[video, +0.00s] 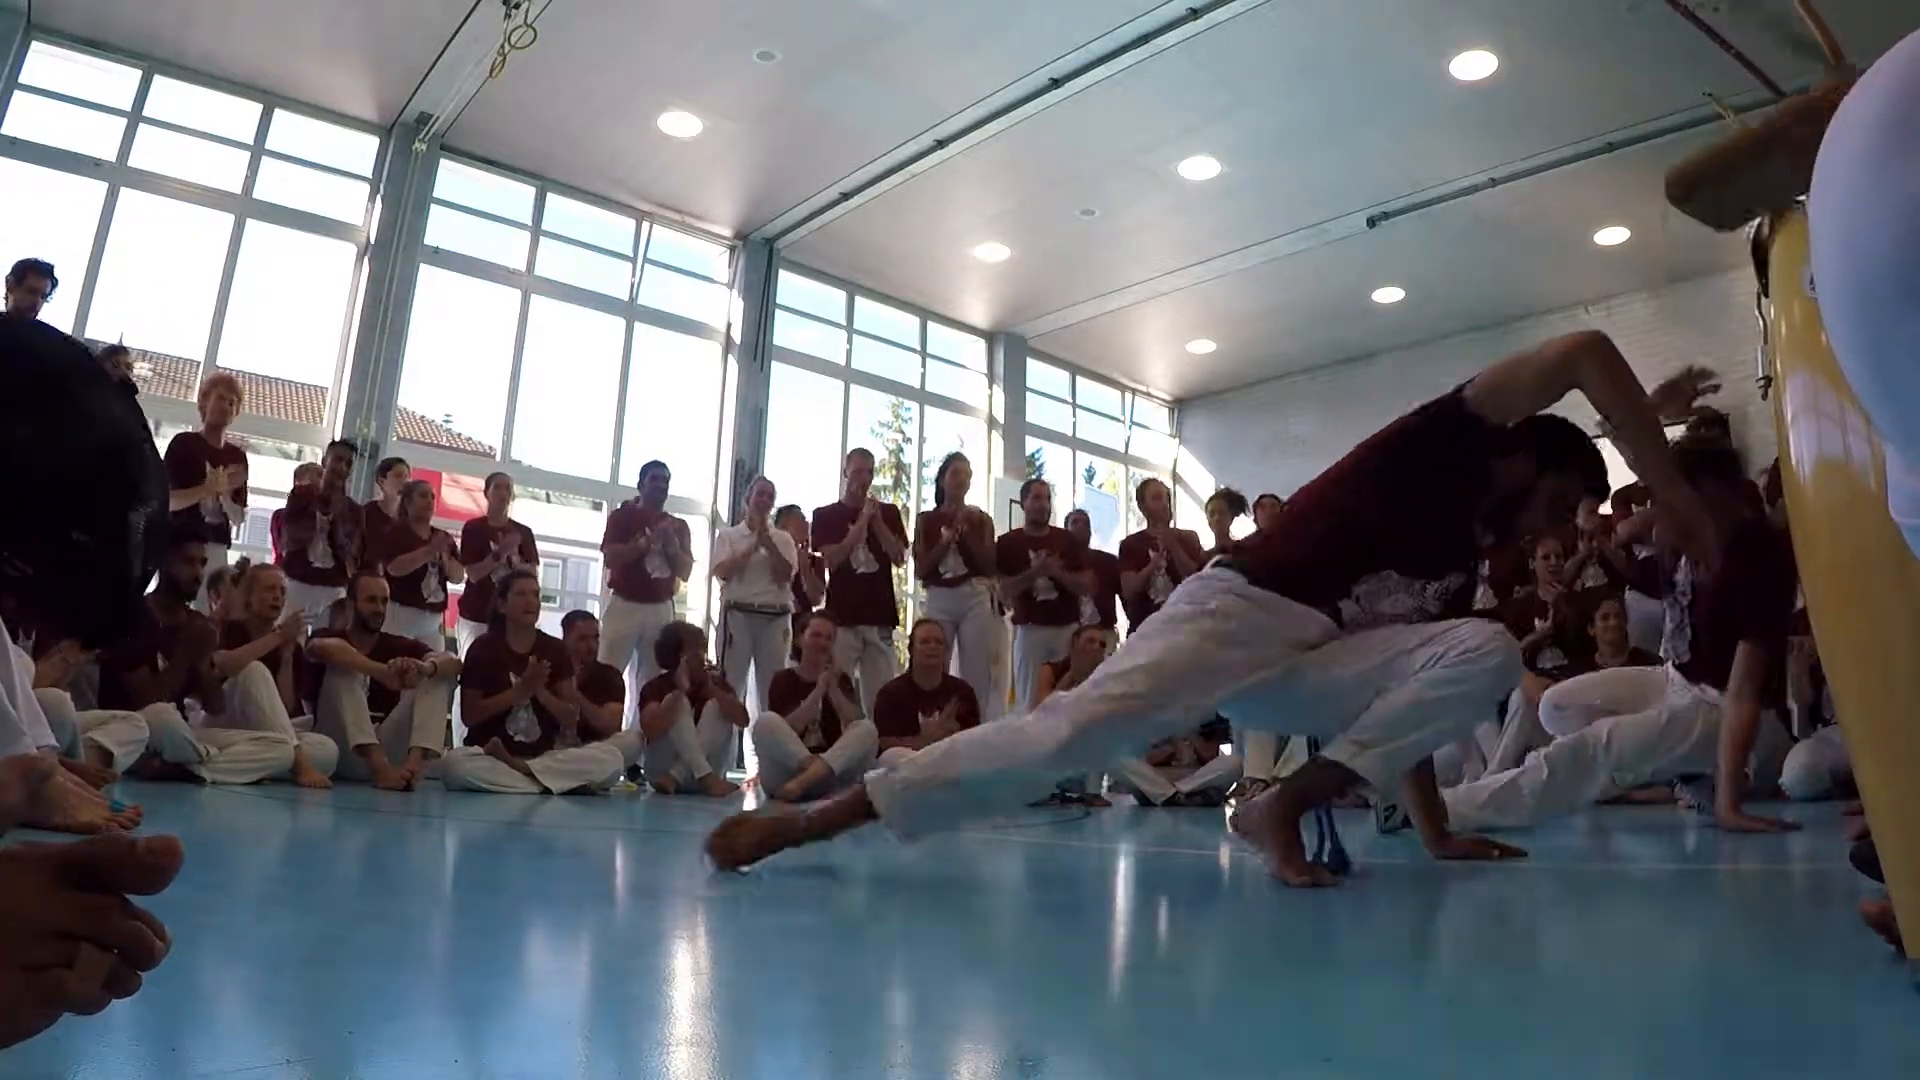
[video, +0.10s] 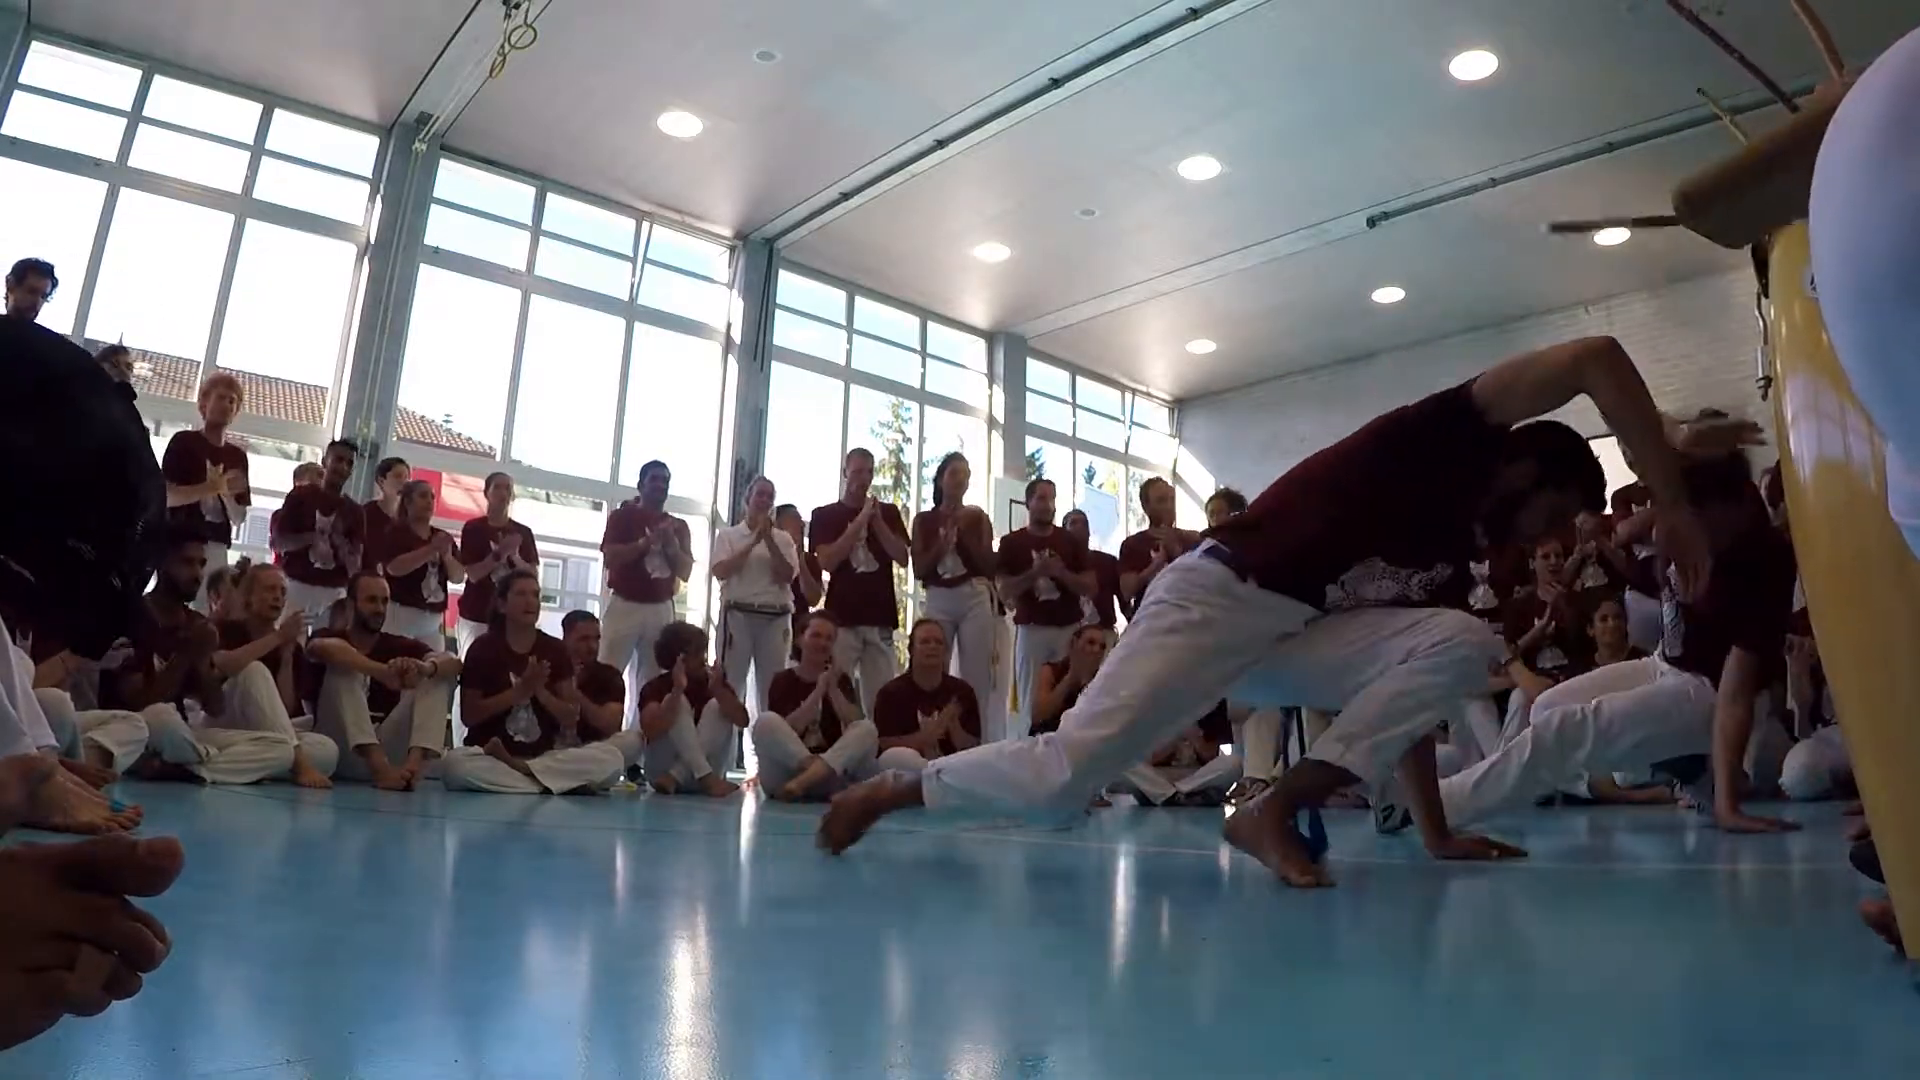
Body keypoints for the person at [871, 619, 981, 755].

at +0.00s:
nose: (933, 647)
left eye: (939, 642)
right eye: (925, 642)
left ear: (945, 650)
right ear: (911, 650)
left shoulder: (962, 691)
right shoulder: (890, 693)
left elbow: (972, 740)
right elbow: (884, 745)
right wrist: (925, 740)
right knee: (891, 757)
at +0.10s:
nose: (932, 647)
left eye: (938, 642)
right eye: (925, 642)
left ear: (945, 650)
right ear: (911, 649)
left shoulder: (962, 691)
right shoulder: (890, 693)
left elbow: (972, 748)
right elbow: (883, 745)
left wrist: (954, 726)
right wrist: (924, 737)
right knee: (896, 756)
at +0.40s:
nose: (934, 647)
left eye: (939, 643)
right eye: (926, 642)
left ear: (947, 652)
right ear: (911, 651)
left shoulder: (962, 691)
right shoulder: (892, 692)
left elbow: (970, 752)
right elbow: (884, 748)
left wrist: (966, 725)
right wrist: (919, 725)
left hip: (950, 769)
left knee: (983, 761)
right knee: (895, 758)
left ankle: (926, 796)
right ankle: (969, 797)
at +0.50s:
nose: (934, 648)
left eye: (939, 643)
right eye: (926, 642)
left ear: (947, 650)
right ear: (911, 650)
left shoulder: (962, 691)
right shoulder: (891, 692)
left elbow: (970, 748)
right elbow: (884, 745)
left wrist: (952, 723)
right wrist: (924, 735)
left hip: (954, 776)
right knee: (894, 758)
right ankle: (971, 796)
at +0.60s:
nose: (934, 647)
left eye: (939, 643)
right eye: (926, 642)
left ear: (947, 650)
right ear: (911, 650)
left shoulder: (963, 691)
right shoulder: (891, 692)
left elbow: (972, 751)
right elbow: (890, 748)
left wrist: (956, 723)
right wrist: (935, 722)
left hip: (951, 774)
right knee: (895, 758)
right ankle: (974, 796)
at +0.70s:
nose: (934, 648)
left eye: (939, 643)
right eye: (926, 643)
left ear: (947, 651)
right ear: (911, 650)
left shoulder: (962, 692)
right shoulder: (891, 692)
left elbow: (966, 752)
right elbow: (888, 748)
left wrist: (966, 726)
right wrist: (921, 726)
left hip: (949, 775)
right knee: (895, 758)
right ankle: (974, 796)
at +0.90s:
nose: (933, 647)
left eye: (939, 643)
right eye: (925, 642)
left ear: (946, 651)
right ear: (910, 650)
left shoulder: (962, 691)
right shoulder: (891, 693)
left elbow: (971, 747)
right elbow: (887, 744)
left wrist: (954, 731)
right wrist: (925, 739)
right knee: (893, 758)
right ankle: (987, 796)